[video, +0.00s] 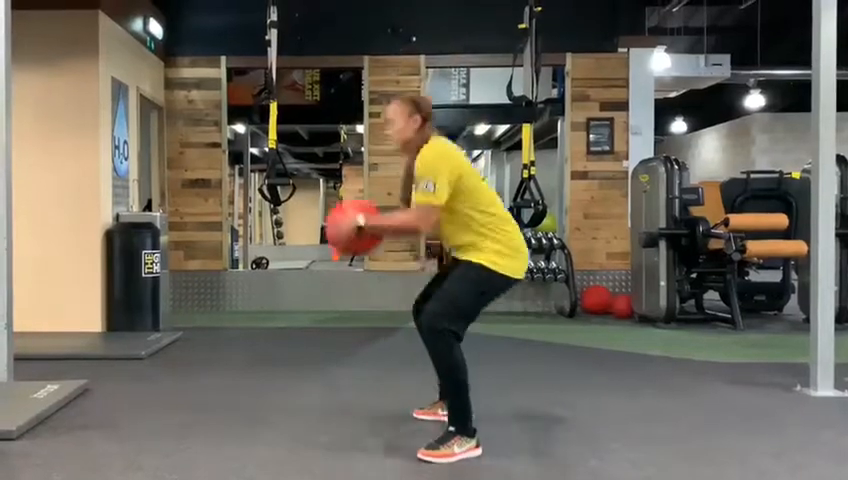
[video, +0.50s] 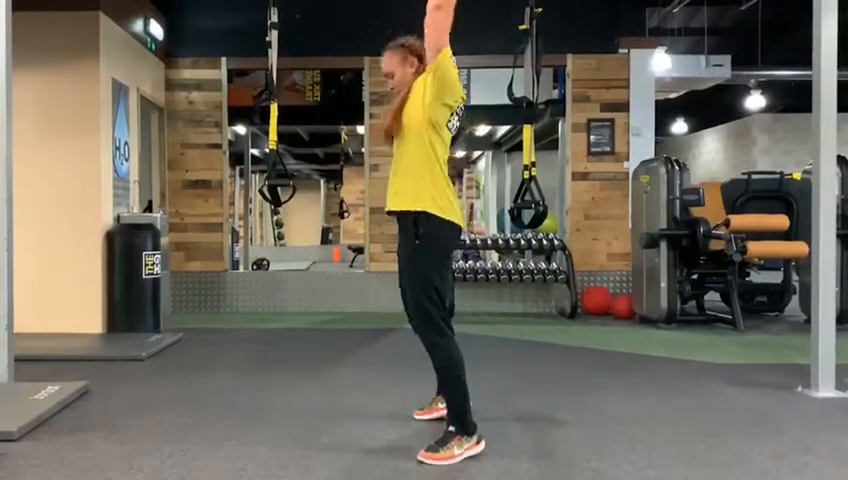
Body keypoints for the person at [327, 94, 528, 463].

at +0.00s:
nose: (386, 130)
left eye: (392, 122)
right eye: (386, 123)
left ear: (417, 121)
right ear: (413, 123)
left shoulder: (436, 154)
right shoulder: (422, 158)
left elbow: (424, 219)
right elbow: (413, 216)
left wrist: (368, 222)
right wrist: (372, 232)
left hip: (496, 254)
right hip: (473, 252)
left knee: (437, 322)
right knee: (424, 311)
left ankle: (464, 434)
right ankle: (450, 401)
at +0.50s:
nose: (389, 82)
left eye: (392, 73)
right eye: (386, 75)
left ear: (415, 63)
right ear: (408, 66)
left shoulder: (438, 88)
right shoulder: (414, 95)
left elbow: (439, 23)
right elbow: (435, 22)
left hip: (430, 217)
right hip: (414, 217)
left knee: (431, 319)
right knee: (425, 316)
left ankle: (465, 431)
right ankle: (449, 396)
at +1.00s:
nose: (401, 137)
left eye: (401, 127)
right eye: (396, 131)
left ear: (420, 112)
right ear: (417, 117)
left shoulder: (447, 136)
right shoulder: (441, 139)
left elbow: (442, 209)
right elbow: (437, 206)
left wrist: (395, 236)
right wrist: (403, 233)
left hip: (511, 237)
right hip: (492, 238)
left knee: (477, 327)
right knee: (459, 315)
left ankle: (532, 440)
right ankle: (490, 398)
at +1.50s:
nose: (359, 321)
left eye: (355, 314)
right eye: (352, 318)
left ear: (363, 295)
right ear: (363, 290)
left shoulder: (399, 292)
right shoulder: (390, 285)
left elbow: (411, 370)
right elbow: (411, 360)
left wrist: (406, 440)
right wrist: (409, 411)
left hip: (501, 233)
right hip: (484, 246)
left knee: (528, 338)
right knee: (492, 323)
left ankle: (632, 407)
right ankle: (563, 375)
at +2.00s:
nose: (348, 334)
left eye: (342, 328)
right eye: (341, 329)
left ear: (348, 313)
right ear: (352, 300)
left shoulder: (387, 299)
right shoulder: (385, 293)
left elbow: (408, 373)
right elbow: (408, 367)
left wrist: (408, 442)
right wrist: (405, 420)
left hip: (503, 269)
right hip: (497, 274)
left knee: (570, 358)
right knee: (562, 356)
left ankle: (679, 398)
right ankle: (635, 380)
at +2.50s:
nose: (384, 243)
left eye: (386, 234)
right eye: (382, 235)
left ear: (408, 226)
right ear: (409, 227)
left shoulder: (434, 262)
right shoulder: (436, 250)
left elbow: (472, 319)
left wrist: (473, 390)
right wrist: (476, 390)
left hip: (537, 307)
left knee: (457, 340)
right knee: (442, 323)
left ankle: (510, 446)